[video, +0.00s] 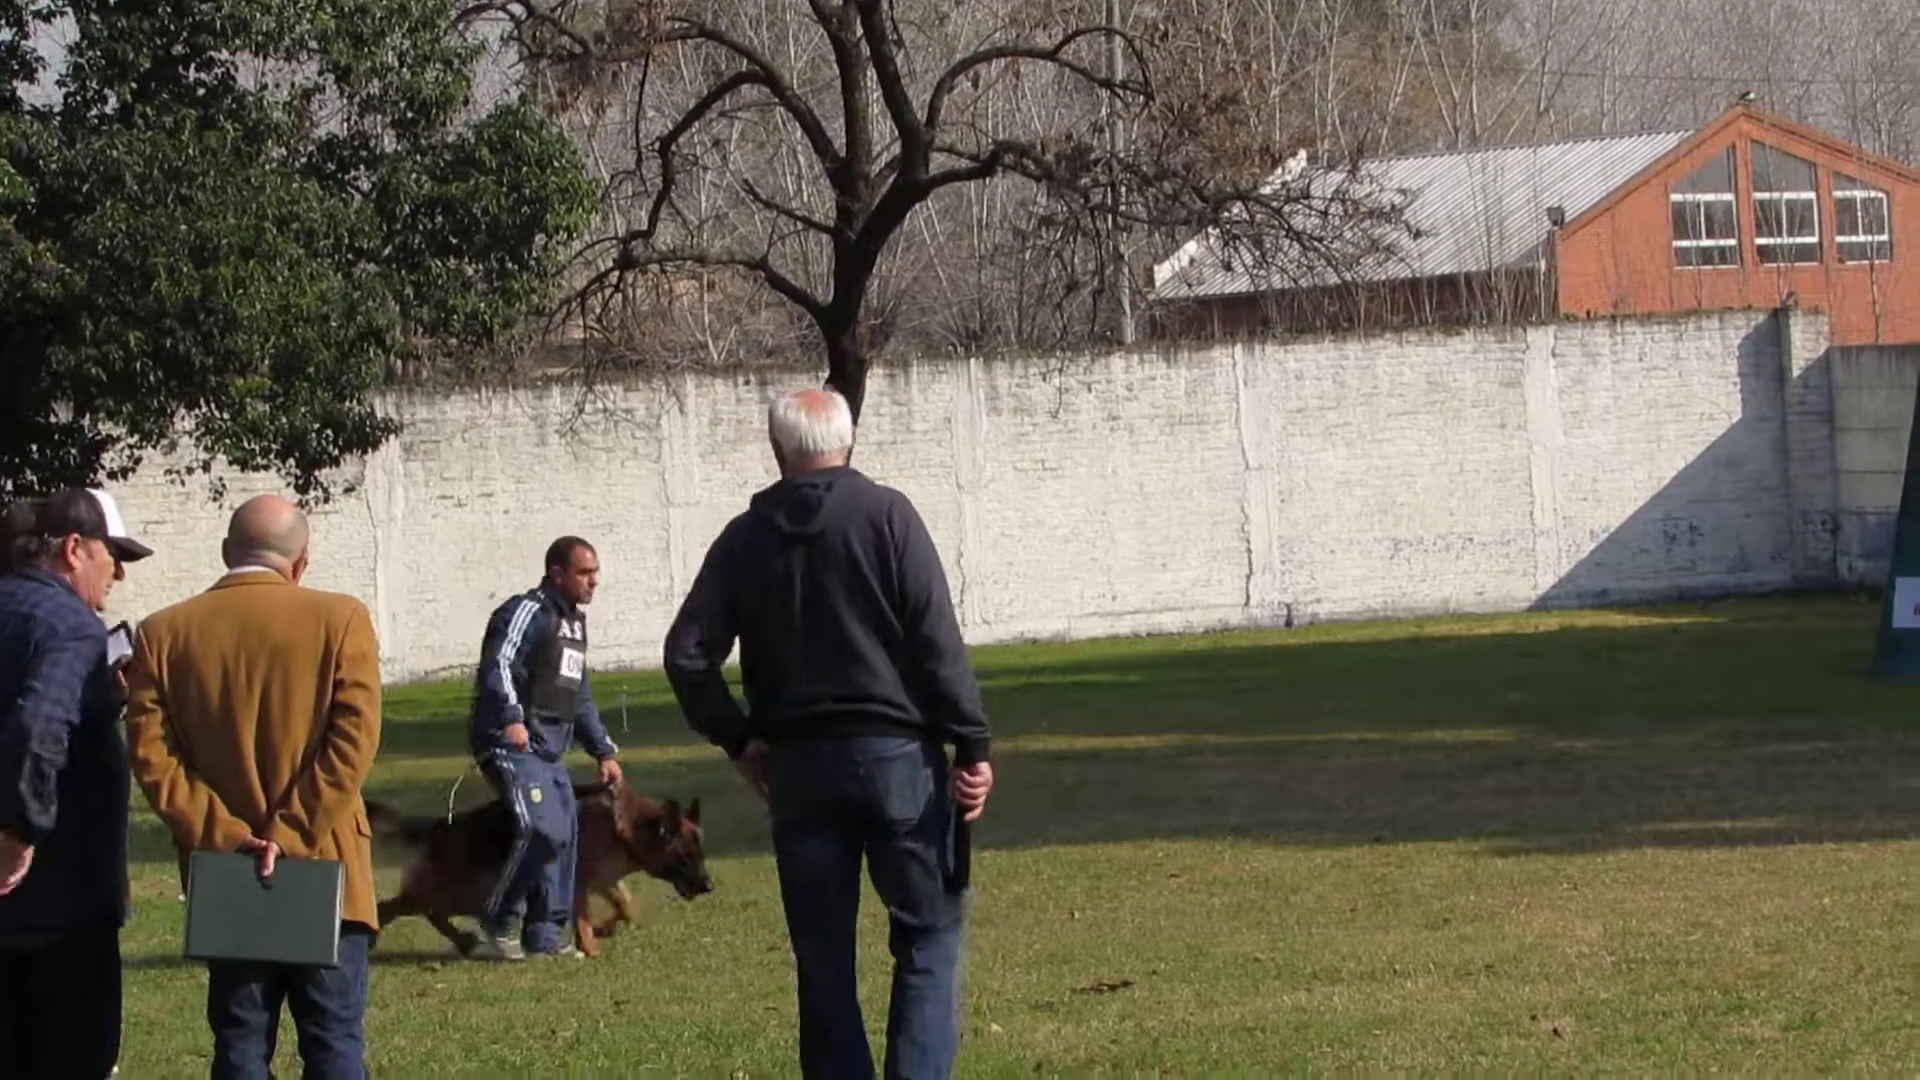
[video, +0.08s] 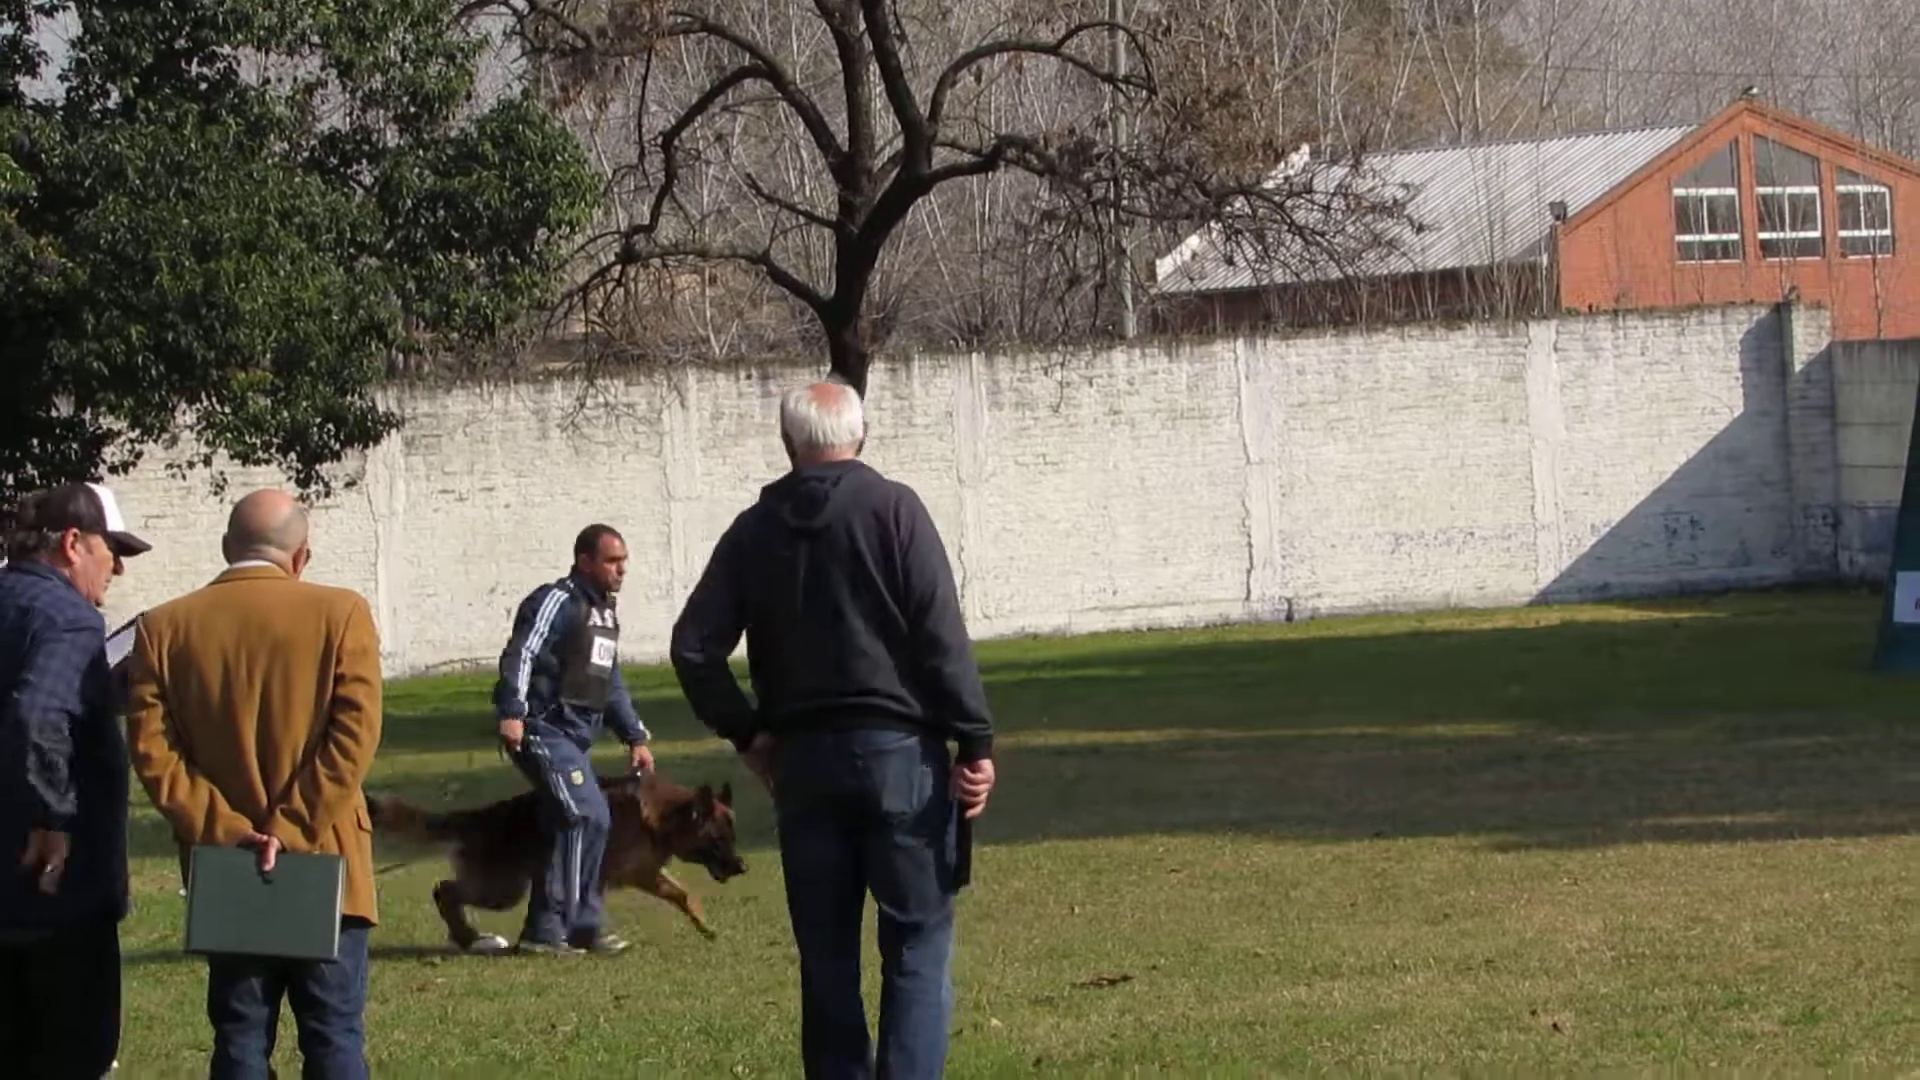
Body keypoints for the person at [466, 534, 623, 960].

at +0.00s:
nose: (593, 580)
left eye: (595, 572)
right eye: (585, 572)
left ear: (588, 574)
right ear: (556, 573)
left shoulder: (574, 621)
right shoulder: (526, 610)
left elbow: (578, 695)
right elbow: (498, 666)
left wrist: (603, 752)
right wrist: (511, 719)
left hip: (548, 747)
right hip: (510, 741)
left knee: (564, 833)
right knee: (542, 831)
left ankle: (546, 934)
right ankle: (496, 922)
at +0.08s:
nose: (622, 568)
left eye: (623, 560)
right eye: (613, 560)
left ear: (619, 562)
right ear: (584, 561)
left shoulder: (604, 611)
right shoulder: (555, 600)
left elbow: (608, 681)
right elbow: (519, 654)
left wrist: (636, 737)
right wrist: (512, 712)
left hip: (575, 735)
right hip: (540, 730)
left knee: (591, 819)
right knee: (583, 815)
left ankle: (576, 924)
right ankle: (548, 925)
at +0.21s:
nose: (654, 526)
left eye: (656, 518)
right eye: (645, 519)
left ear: (655, 519)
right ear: (616, 519)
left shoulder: (642, 566)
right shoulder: (587, 560)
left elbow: (643, 629)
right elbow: (538, 601)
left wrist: (673, 678)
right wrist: (509, 655)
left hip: (616, 693)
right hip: (584, 692)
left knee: (583, 788)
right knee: (633, 784)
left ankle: (538, 881)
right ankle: (679, 885)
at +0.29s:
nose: (678, 491)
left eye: (680, 483)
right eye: (669, 483)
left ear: (678, 484)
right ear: (639, 482)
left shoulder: (668, 530)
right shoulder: (612, 528)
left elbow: (680, 588)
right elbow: (563, 571)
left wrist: (705, 635)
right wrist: (546, 627)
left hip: (655, 661)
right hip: (622, 661)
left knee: (621, 759)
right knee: (668, 750)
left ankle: (554, 839)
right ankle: (689, 857)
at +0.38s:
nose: (708, 443)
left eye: (710, 434)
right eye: (700, 434)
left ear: (708, 435)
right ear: (670, 433)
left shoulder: (698, 483)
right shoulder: (641, 479)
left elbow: (713, 543)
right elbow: (611, 537)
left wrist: (739, 594)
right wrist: (617, 593)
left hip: (691, 612)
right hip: (652, 610)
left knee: (696, 702)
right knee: (682, 693)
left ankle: (626, 786)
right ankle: (687, 807)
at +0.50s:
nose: (729, 383)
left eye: (730, 376)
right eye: (726, 374)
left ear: (710, 371)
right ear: (706, 370)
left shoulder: (712, 416)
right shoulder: (669, 418)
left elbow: (713, 480)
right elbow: (664, 492)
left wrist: (735, 528)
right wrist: (692, 538)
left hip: (720, 551)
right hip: (683, 555)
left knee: (747, 641)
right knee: (683, 649)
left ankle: (753, 744)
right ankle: (670, 749)